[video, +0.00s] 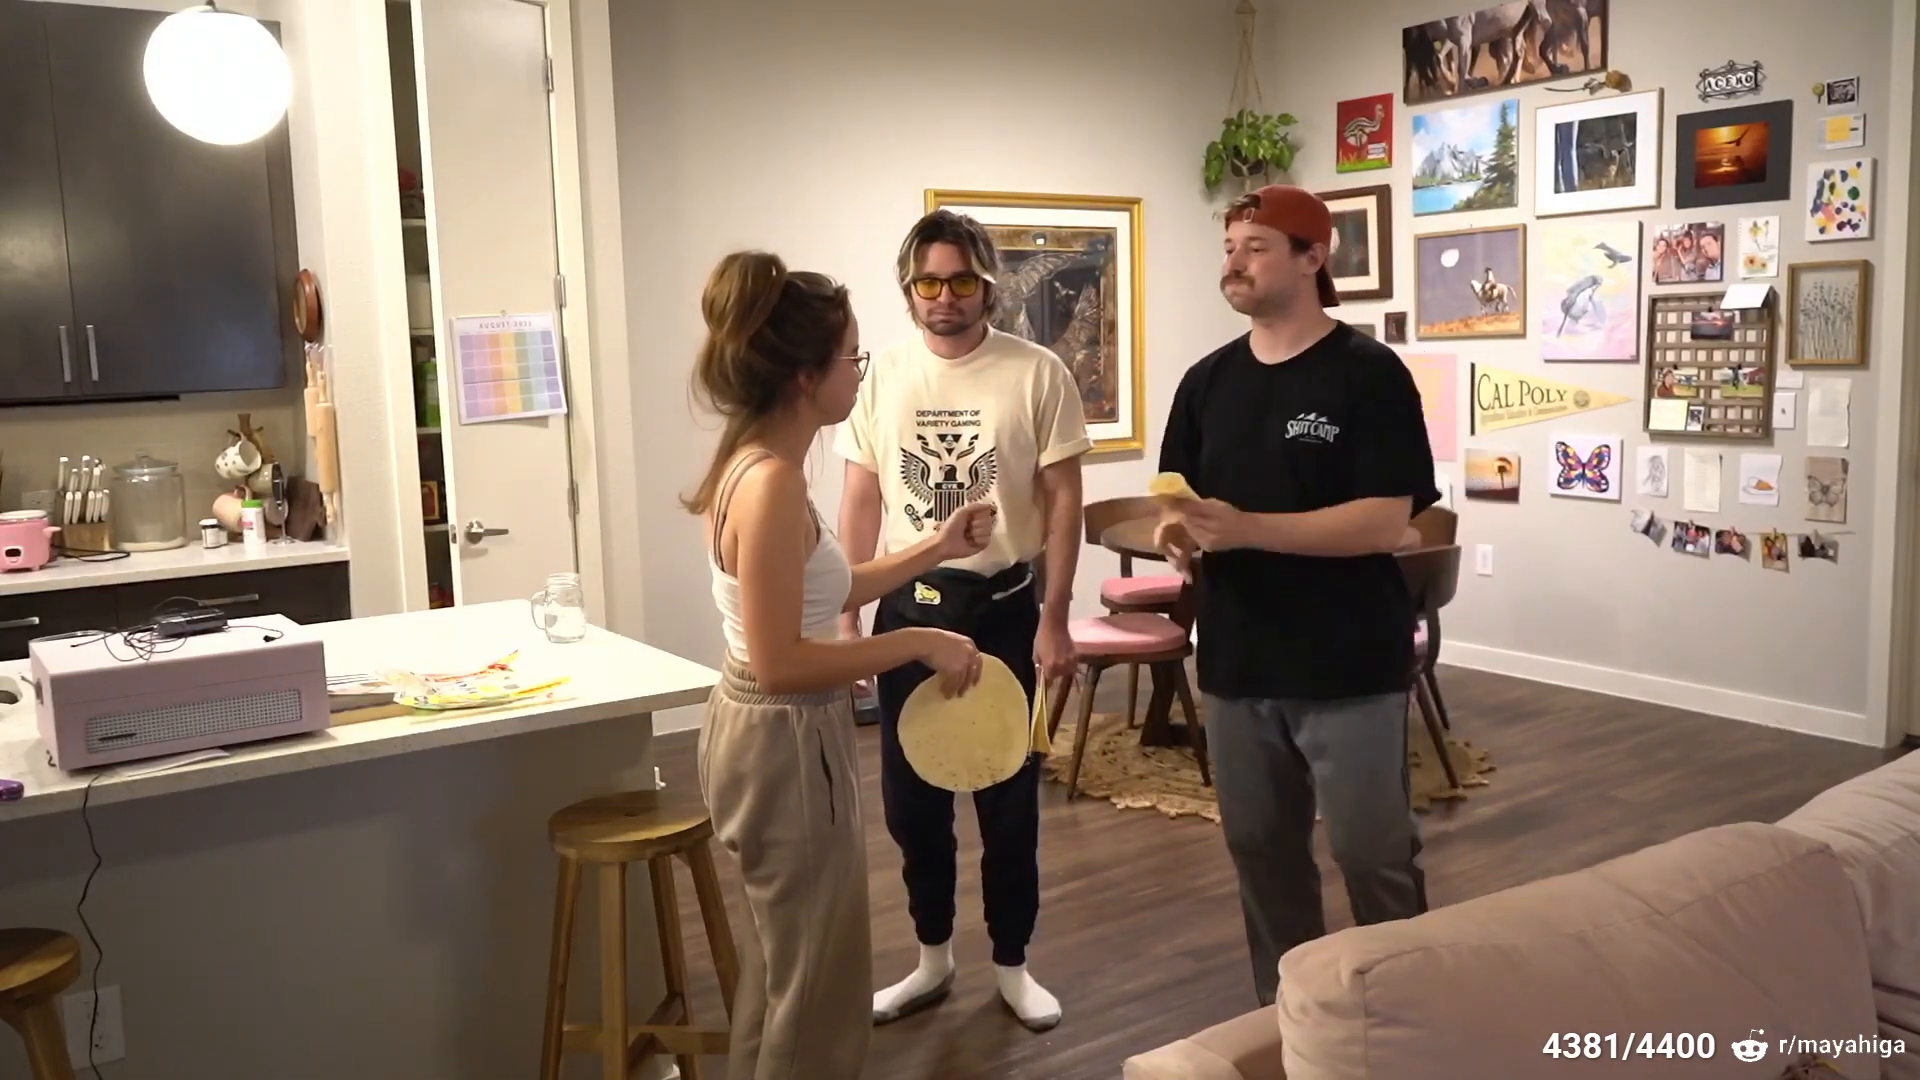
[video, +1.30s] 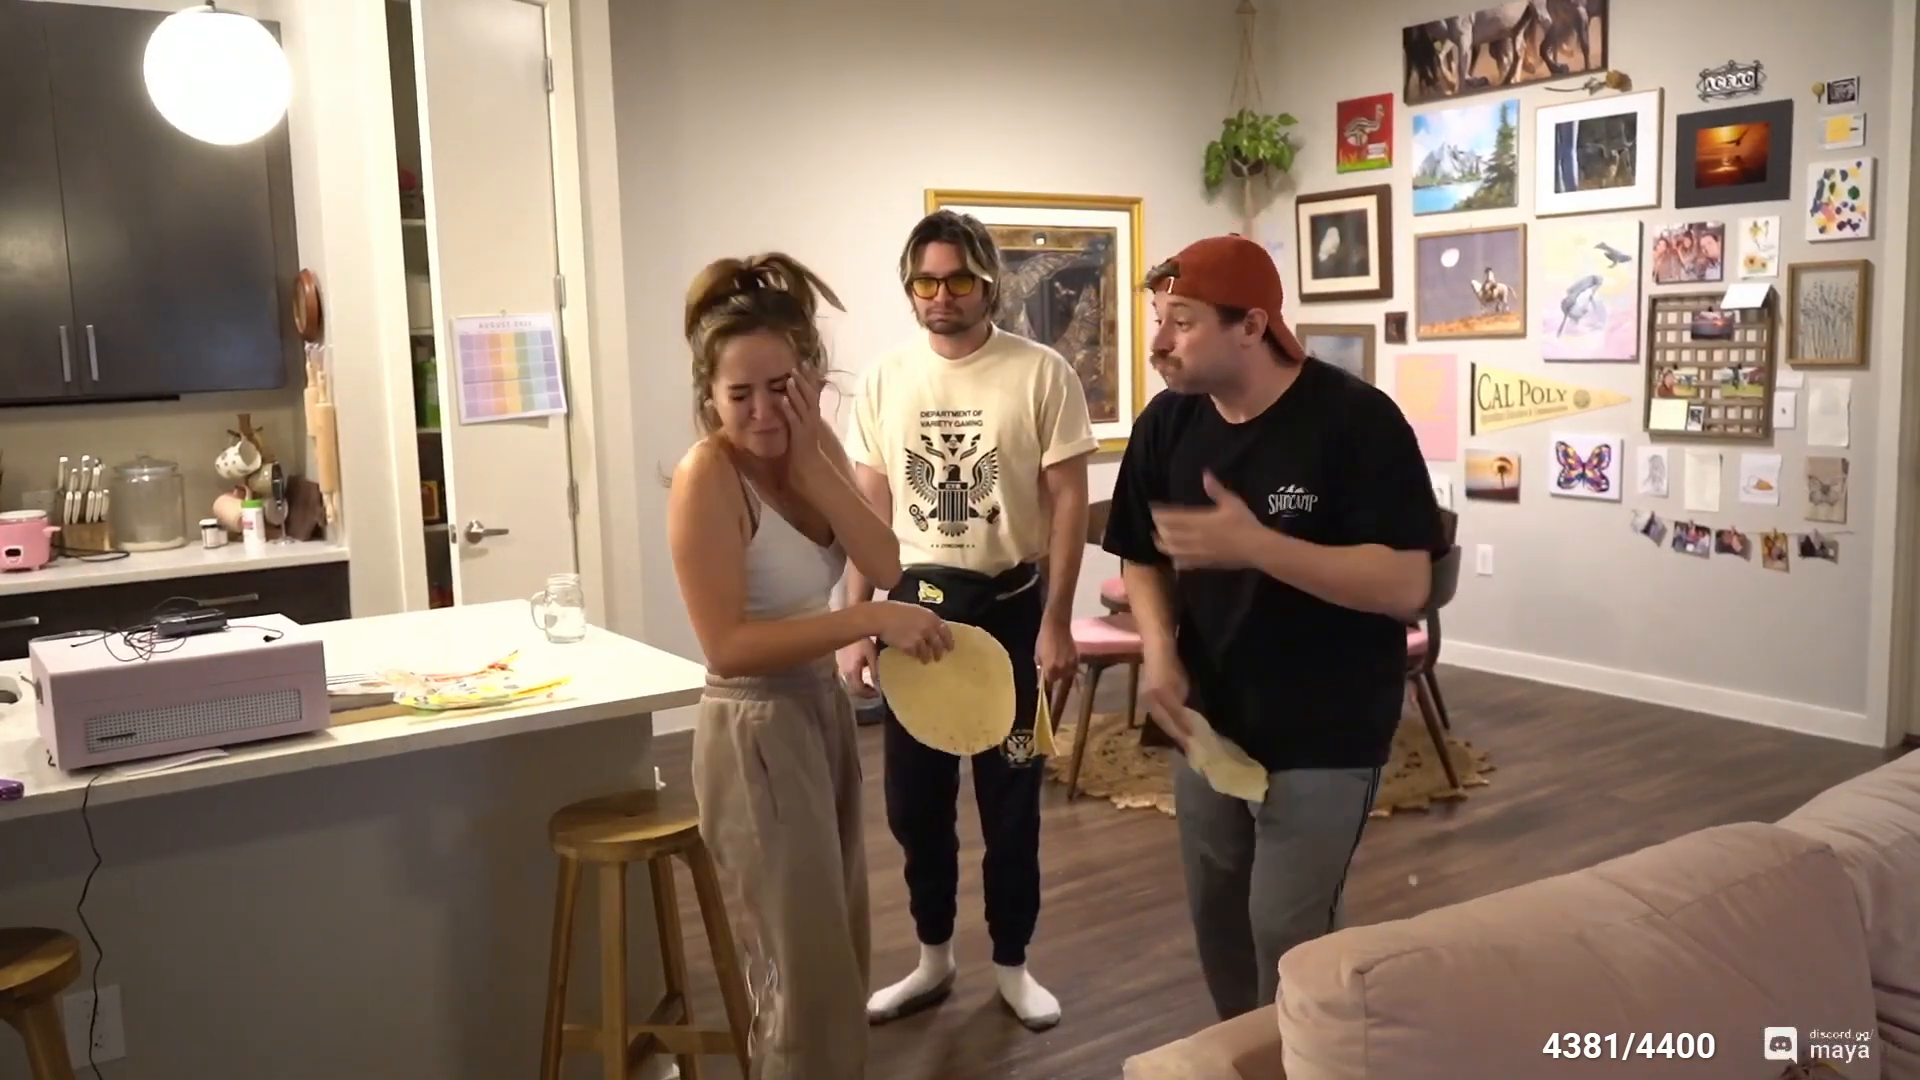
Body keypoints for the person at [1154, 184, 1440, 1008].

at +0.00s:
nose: (1234, 263)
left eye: (1256, 248)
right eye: (1230, 250)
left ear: (1311, 261)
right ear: (1228, 264)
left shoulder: (1371, 372)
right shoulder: (1205, 382)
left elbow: (1388, 521)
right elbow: (1175, 508)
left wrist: (1242, 528)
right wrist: (1170, 534)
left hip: (1354, 675)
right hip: (1237, 674)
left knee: (1375, 865)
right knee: (1265, 870)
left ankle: (1406, 1019)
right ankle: (1294, 1026)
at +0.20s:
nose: (1209, 271)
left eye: (1230, 257)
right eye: (1205, 258)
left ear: (1285, 268)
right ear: (1206, 269)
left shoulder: (1324, 366)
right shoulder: (1213, 386)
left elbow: (1284, 511)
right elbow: (1194, 529)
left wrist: (1151, 489)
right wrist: (1107, 504)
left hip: (1321, 676)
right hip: (1235, 673)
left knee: (1313, 889)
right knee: (1264, 885)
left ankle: (1340, 1051)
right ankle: (1291, 1038)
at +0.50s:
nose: (1195, 289)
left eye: (1214, 272)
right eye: (1193, 275)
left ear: (1273, 278)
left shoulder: (1272, 364)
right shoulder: (1262, 367)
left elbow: (1153, 471)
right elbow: (1186, 531)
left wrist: (1043, 454)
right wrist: (1091, 474)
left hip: (1288, 689)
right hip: (1274, 684)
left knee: (1262, 908)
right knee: (1267, 904)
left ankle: (1274, 1070)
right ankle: (1278, 1066)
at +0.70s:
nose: (1176, 311)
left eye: (1195, 293)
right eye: (1174, 296)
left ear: (1256, 299)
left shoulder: (1263, 379)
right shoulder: (1252, 391)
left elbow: (1200, 470)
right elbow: (1154, 565)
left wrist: (1084, 511)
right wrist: (1107, 462)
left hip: (1285, 736)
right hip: (1267, 731)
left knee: (1257, 966)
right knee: (1258, 960)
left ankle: (1261, 1078)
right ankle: (1261, 1074)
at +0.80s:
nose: (1150, 307)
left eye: (1169, 288)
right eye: (1148, 293)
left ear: (1235, 294)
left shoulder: (1289, 380)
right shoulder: (1181, 448)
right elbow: (1099, 569)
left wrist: (1194, 546)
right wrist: (1056, 474)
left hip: (1311, 730)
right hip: (1218, 733)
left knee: (1267, 959)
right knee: (1268, 933)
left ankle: (1289, 1074)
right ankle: (1325, 1057)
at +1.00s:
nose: (1138, 309)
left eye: (1154, 288)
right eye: (1136, 291)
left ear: (1221, 285)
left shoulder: (1343, 400)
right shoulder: (1152, 417)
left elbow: (1458, 530)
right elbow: (1098, 535)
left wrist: (1310, 552)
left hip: (1315, 741)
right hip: (1196, 733)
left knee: (1282, 969)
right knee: (1236, 931)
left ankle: (1319, 1067)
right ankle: (1304, 1042)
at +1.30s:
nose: (1160, 339)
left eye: (1181, 321)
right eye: (1160, 318)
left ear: (1250, 328)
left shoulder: (1360, 421)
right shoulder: (1167, 423)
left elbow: (1410, 582)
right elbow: (1141, 552)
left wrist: (1255, 546)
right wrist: (1159, 653)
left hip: (1324, 734)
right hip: (1208, 724)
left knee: (1285, 934)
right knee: (1218, 925)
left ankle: (1308, 1065)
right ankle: (1247, 1062)